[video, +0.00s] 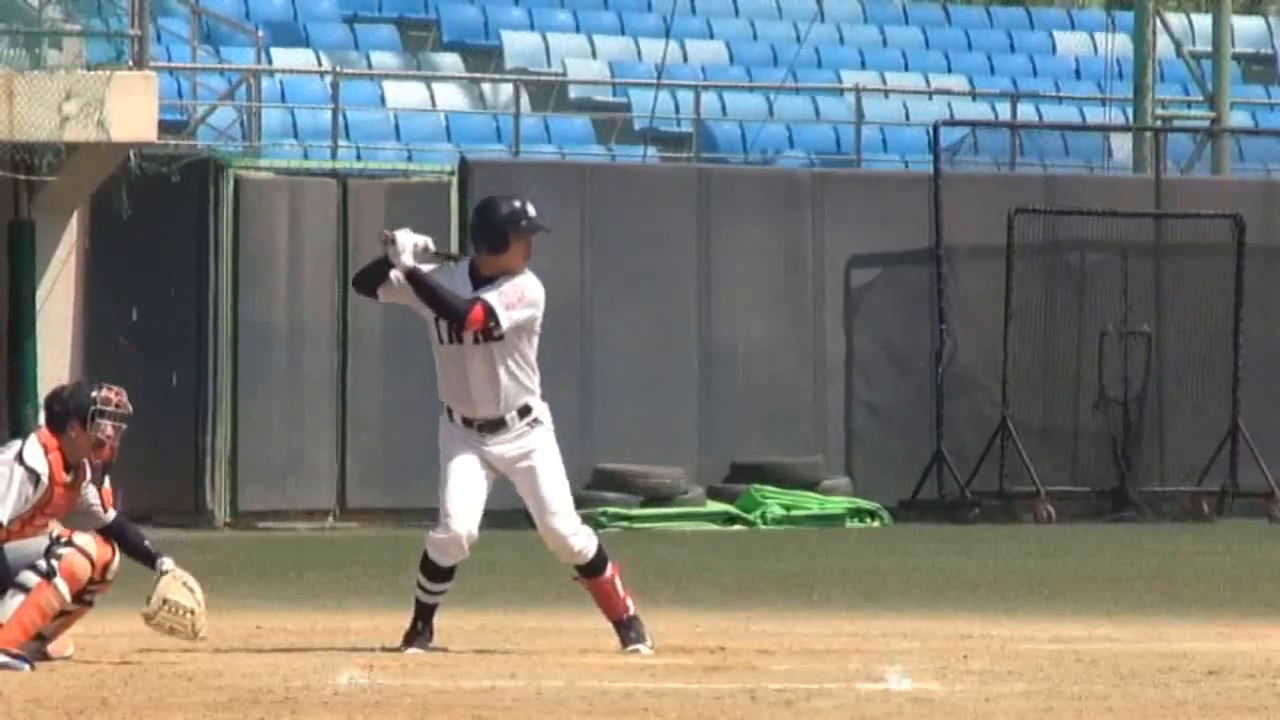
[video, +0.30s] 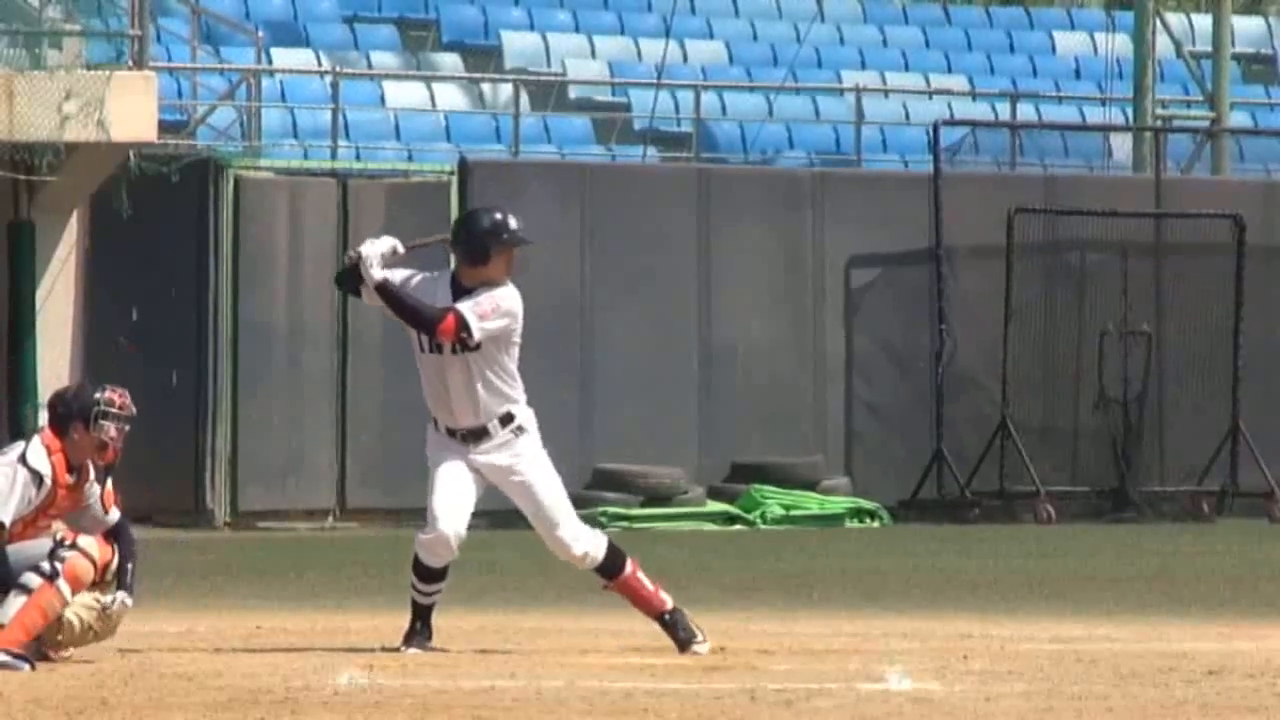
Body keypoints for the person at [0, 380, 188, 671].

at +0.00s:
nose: (111, 434)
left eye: (112, 426)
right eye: (101, 426)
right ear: (74, 428)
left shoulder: (79, 468)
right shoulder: (25, 465)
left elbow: (110, 523)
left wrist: (159, 562)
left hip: (17, 548)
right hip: (4, 550)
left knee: (102, 554)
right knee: (73, 556)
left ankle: (35, 643)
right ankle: (7, 645)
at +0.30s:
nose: (115, 435)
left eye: (118, 427)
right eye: (106, 426)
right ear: (77, 429)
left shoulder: (83, 471)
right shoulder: (27, 468)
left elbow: (119, 529)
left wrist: (124, 590)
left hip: (24, 551)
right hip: (5, 554)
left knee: (106, 553)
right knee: (77, 554)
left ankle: (37, 640)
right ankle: (7, 644)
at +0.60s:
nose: (113, 435)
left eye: (116, 426)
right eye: (103, 425)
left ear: (78, 431)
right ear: (76, 430)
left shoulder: (79, 470)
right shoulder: (27, 467)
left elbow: (108, 525)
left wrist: (151, 570)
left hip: (22, 551)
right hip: (8, 554)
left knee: (106, 556)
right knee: (76, 555)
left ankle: (35, 642)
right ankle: (8, 644)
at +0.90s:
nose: (115, 433)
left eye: (119, 424)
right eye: (105, 423)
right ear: (75, 426)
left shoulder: (82, 463)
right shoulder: (26, 462)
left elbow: (141, 490)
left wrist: (211, 488)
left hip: (25, 556)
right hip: (7, 557)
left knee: (110, 565)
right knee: (76, 554)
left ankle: (33, 643)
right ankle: (8, 644)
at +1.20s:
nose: (110, 419)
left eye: (111, 410)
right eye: (101, 409)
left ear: (74, 417)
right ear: (71, 415)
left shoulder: (79, 457)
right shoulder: (26, 454)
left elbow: (132, 497)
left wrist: (203, 515)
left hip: (18, 548)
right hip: (4, 549)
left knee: (112, 560)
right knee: (71, 553)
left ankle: (36, 640)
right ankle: (6, 644)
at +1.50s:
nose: (133, 394)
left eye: (137, 386)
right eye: (126, 383)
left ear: (99, 387)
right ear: (97, 384)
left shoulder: (92, 426)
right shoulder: (48, 422)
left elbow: (59, 489)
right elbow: (6, 498)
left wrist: (113, 511)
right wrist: (16, 565)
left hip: (15, 518)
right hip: (5, 521)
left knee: (96, 542)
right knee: (69, 546)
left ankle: (33, 638)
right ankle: (5, 644)